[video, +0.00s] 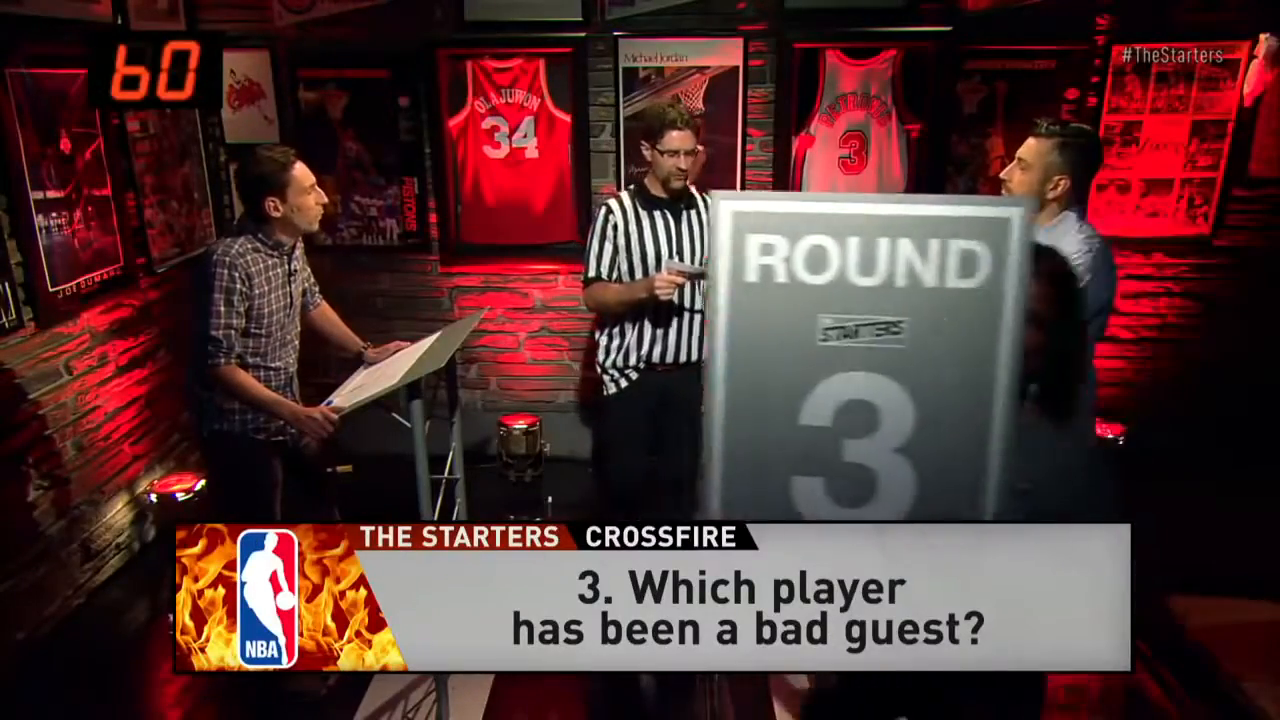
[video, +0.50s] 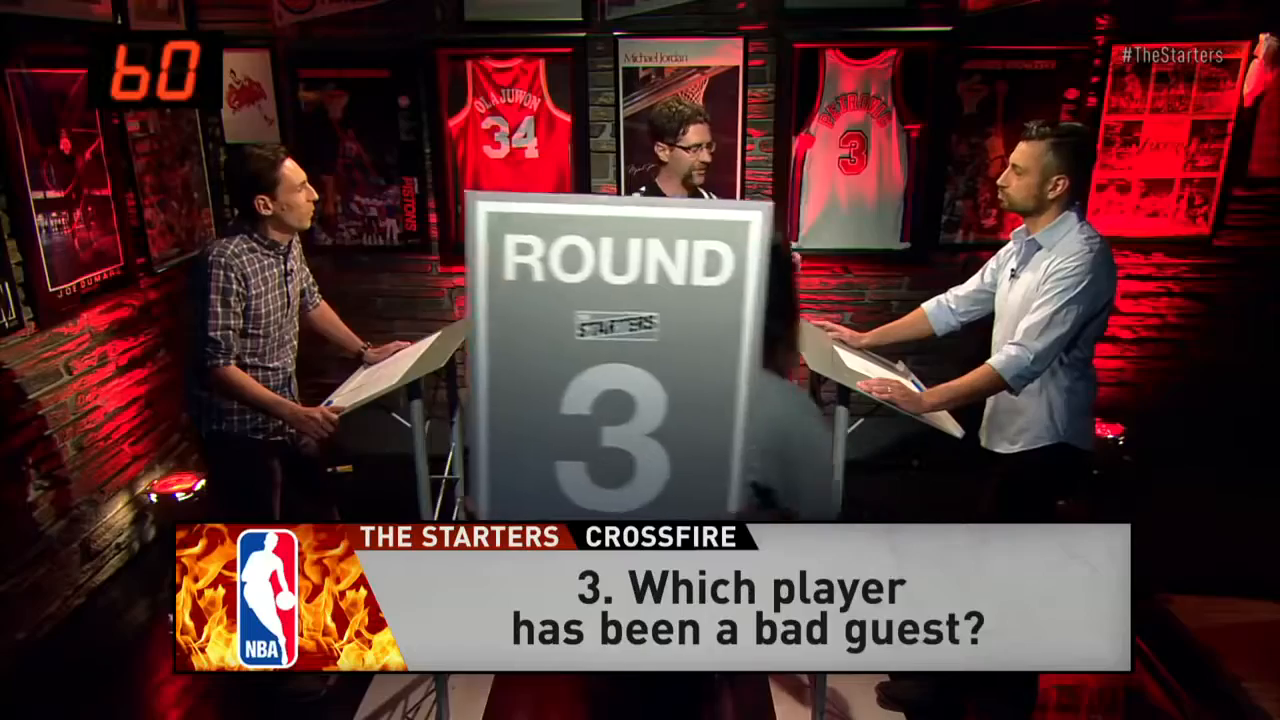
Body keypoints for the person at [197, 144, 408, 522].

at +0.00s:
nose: (323, 198)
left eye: (318, 187)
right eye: (310, 191)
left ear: (279, 207)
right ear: (274, 207)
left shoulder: (291, 248)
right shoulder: (231, 261)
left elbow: (313, 305)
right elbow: (220, 366)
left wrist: (364, 350)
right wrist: (294, 413)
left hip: (287, 427)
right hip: (241, 437)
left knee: (309, 526)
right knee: (255, 540)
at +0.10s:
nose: (321, 197)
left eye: (315, 186)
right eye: (308, 190)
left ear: (275, 207)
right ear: (272, 207)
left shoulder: (291, 248)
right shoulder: (231, 261)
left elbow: (313, 305)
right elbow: (220, 366)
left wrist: (364, 350)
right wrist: (294, 413)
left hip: (287, 427)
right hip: (241, 437)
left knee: (308, 525)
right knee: (255, 539)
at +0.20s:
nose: (319, 196)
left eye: (313, 186)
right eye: (305, 189)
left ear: (272, 206)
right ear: (270, 206)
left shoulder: (290, 247)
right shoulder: (230, 261)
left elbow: (313, 305)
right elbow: (219, 366)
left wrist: (364, 350)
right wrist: (293, 413)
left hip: (287, 427)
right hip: (241, 437)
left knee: (309, 525)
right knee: (254, 539)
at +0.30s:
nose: (316, 196)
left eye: (311, 185)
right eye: (303, 189)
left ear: (271, 206)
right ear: (268, 205)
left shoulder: (290, 247)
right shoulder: (228, 261)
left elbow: (312, 304)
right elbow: (218, 366)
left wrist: (363, 350)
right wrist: (293, 413)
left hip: (286, 427)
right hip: (240, 437)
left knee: (309, 525)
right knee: (254, 539)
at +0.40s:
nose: (315, 196)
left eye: (309, 185)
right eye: (301, 188)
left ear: (270, 205)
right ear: (267, 205)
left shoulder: (289, 247)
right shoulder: (228, 261)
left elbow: (312, 304)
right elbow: (218, 366)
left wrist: (364, 350)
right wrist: (293, 413)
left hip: (287, 427)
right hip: (241, 436)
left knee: (310, 524)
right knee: (254, 539)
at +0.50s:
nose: (314, 196)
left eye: (308, 185)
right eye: (300, 189)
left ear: (269, 205)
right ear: (266, 205)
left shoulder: (289, 247)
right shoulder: (226, 261)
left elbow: (312, 304)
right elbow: (218, 367)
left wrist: (364, 351)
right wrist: (293, 413)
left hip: (286, 425)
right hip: (240, 435)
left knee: (305, 525)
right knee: (252, 537)